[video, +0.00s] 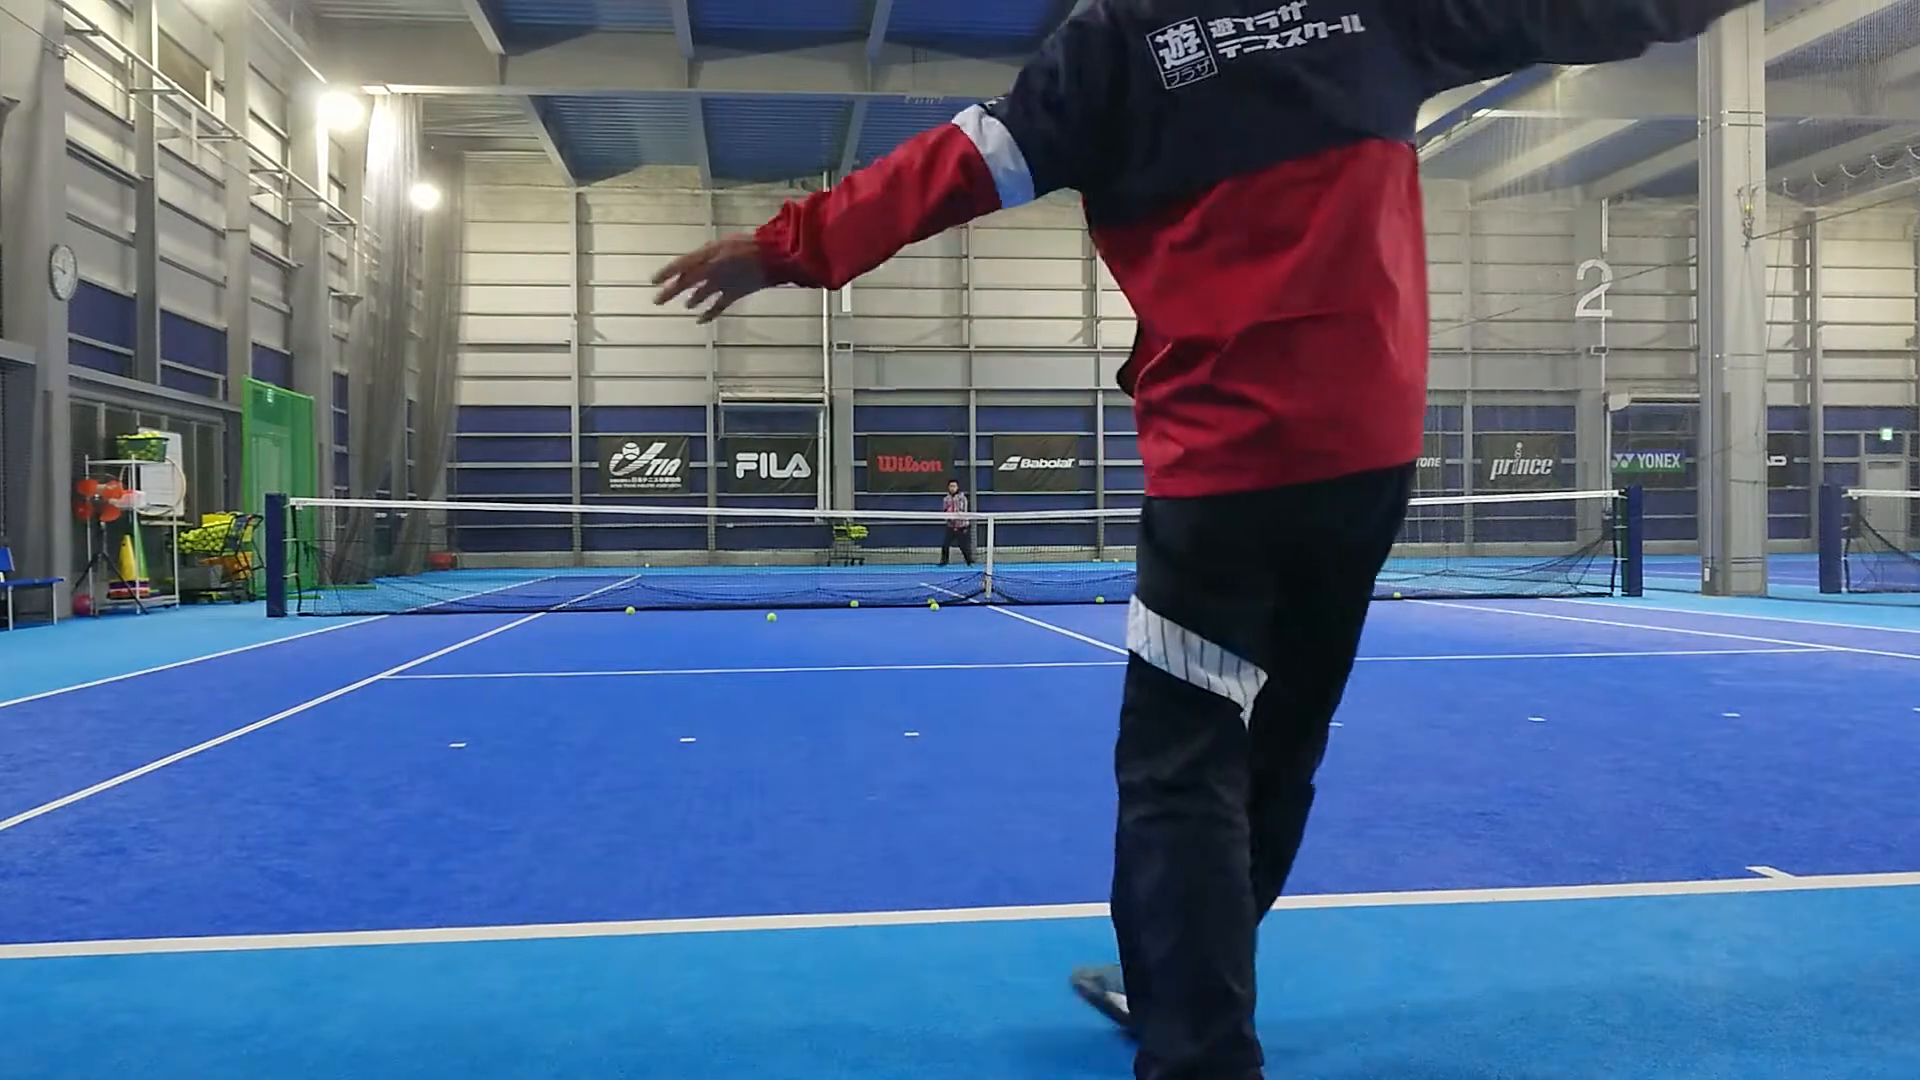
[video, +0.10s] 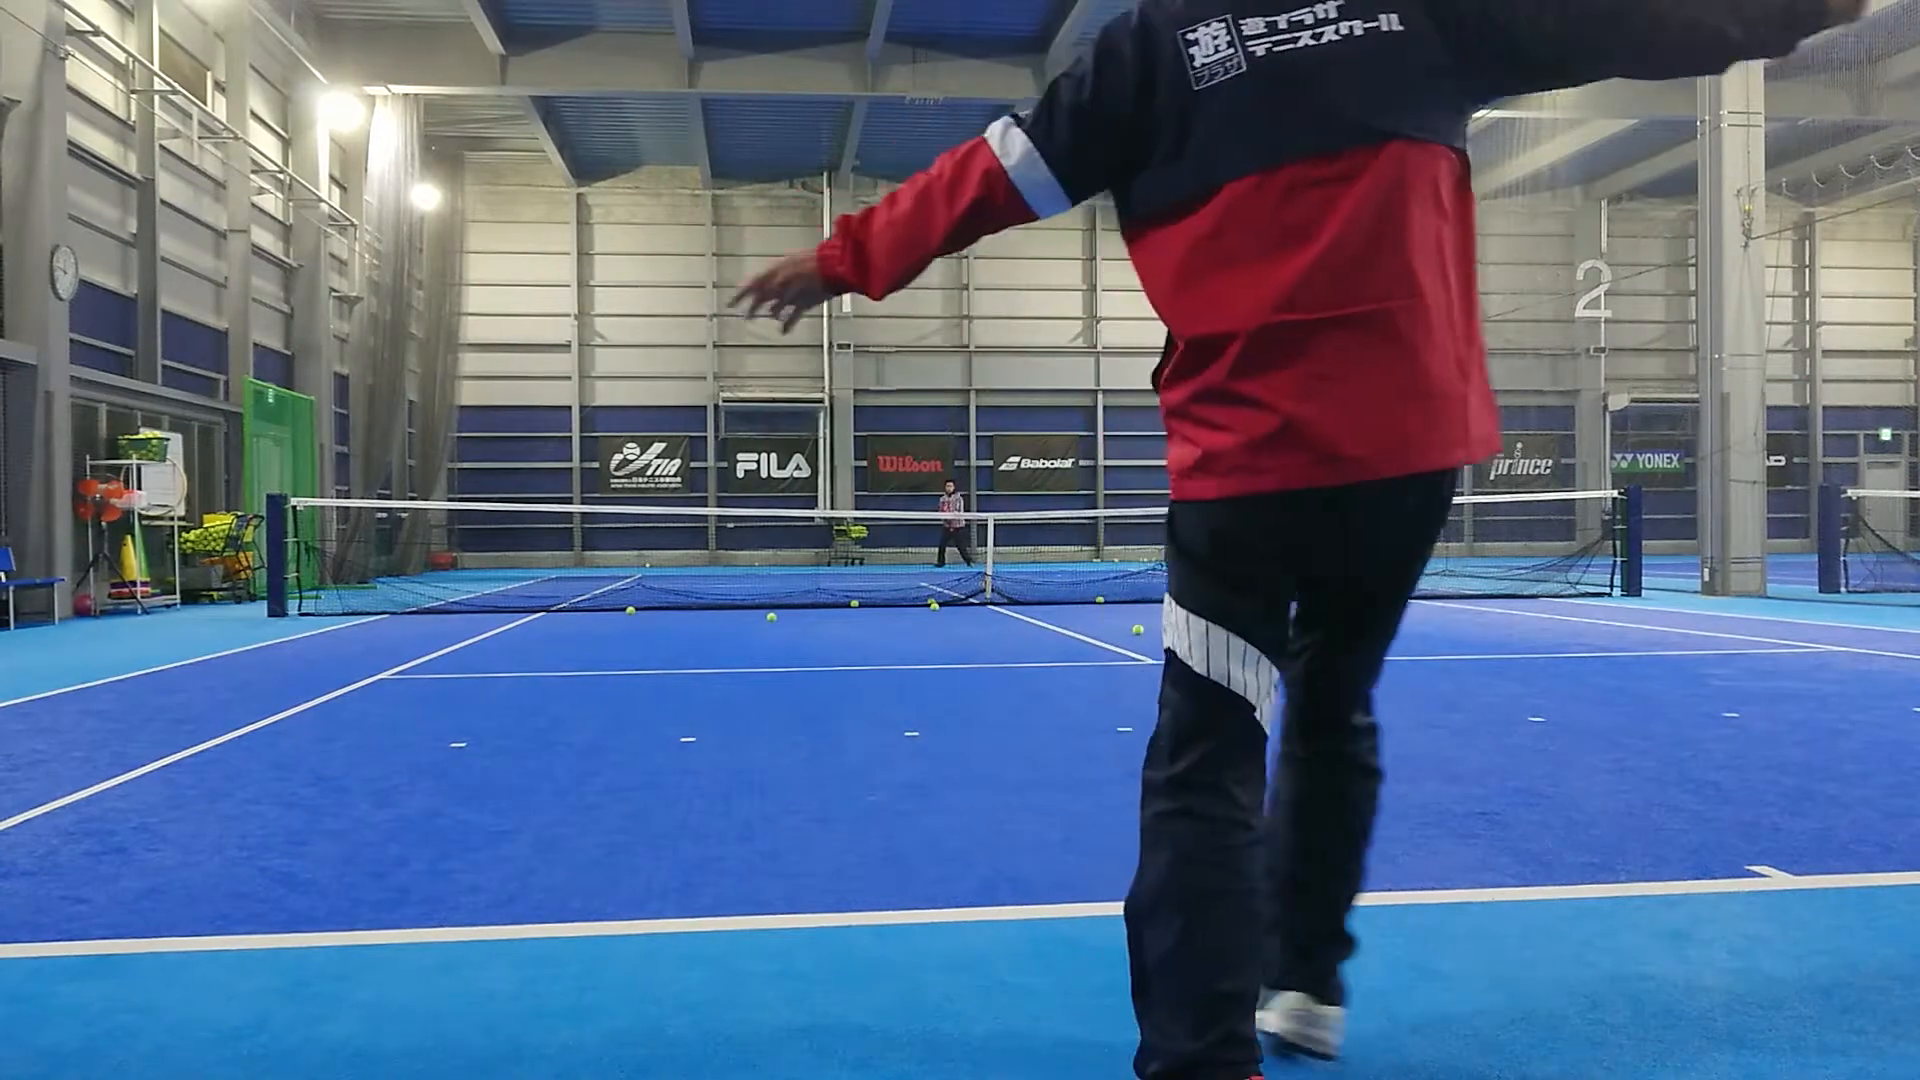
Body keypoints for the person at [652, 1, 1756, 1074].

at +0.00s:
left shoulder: (1100, 43)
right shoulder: (1374, 20)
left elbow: (952, 168)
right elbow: (1590, 18)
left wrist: (782, 245)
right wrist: (1707, 5)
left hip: (1223, 449)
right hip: (1377, 443)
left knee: (1177, 765)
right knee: (1279, 741)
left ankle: (1202, 1057)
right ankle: (1179, 972)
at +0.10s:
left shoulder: (1137, 39)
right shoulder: (1431, 9)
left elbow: (991, 176)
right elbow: (1648, 25)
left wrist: (841, 255)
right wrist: (1814, 12)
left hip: (1246, 444)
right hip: (1421, 433)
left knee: (1206, 744)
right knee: (1337, 702)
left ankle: (1195, 1057)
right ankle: (1306, 985)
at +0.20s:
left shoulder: (1198, 43)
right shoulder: (1490, 18)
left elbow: (1059, 183)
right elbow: (1684, 44)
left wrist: (926, 267)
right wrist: (1864, 39)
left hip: (1276, 450)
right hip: (1453, 442)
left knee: (1230, 758)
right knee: (1437, 703)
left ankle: (1203, 1055)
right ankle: (1469, 991)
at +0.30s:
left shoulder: (1281, 30)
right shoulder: (1557, 17)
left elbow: (1142, 182)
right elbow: (1746, 65)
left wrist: (1030, 275)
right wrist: (1907, 83)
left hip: (1335, 454)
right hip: (1518, 451)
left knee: (1276, 747)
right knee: (1562, 742)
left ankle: (1209, 1046)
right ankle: (1616, 1026)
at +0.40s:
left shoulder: (1378, 52)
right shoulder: (1652, 25)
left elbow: (1248, 201)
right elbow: (1844, 116)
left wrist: (1138, 303)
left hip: (1423, 467)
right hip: (1617, 468)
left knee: (1352, 726)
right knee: (1660, 755)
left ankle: (1249, 987)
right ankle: (1671, 1052)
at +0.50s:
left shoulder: (1474, 74)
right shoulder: (1743, 41)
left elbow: (1363, 234)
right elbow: (1905, 168)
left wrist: (1255, 350)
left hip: (1533, 465)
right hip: (1711, 465)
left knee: (1476, 715)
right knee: (1721, 769)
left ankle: (1372, 916)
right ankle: (1674, 1053)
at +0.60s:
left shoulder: (1554, 83)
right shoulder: (1839, 55)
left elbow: (1454, 256)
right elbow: (1917, 196)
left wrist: (1370, 364)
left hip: (1609, 459)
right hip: (1777, 460)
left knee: (1617, 708)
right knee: (1761, 758)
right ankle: (1669, 1050)